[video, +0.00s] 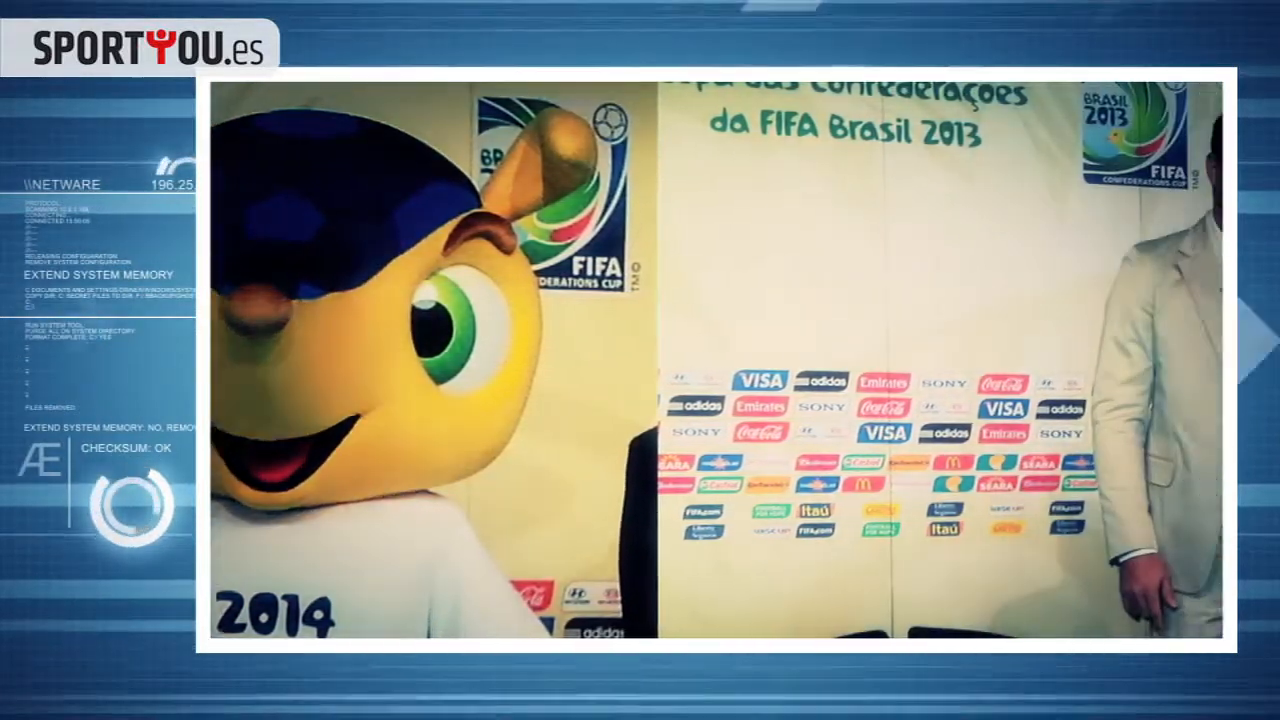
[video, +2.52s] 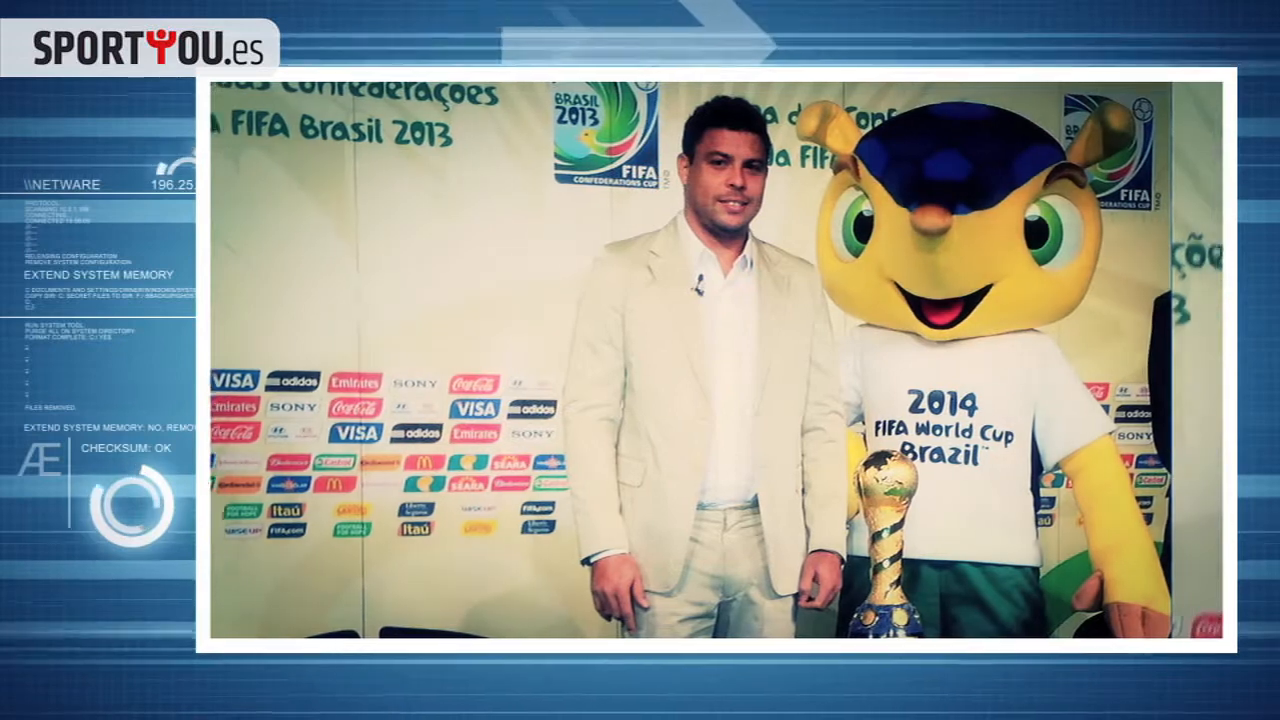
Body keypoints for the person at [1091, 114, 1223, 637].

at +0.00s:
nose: (1244, 174)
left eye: (1256, 160)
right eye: (1234, 159)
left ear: (1273, 168)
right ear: (1210, 168)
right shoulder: (1154, 270)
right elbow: (1117, 414)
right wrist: (1136, 549)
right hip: (1198, 578)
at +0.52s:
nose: (1157, 180)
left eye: (1172, 166)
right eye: (1139, 162)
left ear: (1187, 179)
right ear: (1104, 170)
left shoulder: (1222, 280)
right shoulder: (1042, 271)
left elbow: (1241, 421)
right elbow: (1008, 415)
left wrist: (1239, 552)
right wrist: (1024, 548)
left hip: (1193, 544)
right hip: (1086, 544)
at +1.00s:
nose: (1056, 180)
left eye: (1072, 166)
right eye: (1038, 162)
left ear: (1086, 178)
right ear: (1003, 169)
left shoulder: (1118, 282)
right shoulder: (941, 270)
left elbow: (1142, 422)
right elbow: (907, 414)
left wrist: (1145, 542)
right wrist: (924, 549)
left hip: (1091, 543)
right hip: (984, 546)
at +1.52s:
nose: (947, 180)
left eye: (963, 166)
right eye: (929, 162)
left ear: (976, 178)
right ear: (894, 170)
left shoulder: (1010, 283)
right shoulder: (832, 271)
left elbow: (1033, 423)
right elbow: (798, 414)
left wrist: (1036, 543)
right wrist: (815, 549)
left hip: (983, 544)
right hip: (874, 546)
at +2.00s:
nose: (846, 180)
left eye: (862, 166)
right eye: (828, 162)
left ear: (875, 178)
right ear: (793, 169)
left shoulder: (909, 282)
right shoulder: (731, 270)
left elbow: (932, 423)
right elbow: (697, 414)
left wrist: (935, 543)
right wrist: (714, 549)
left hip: (881, 543)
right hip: (773, 545)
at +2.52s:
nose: (738, 180)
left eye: (754, 166)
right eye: (719, 162)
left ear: (767, 177)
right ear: (684, 169)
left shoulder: (800, 283)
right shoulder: (621, 271)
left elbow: (823, 423)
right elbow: (589, 415)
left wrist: (826, 543)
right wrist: (606, 549)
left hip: (773, 542)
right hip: (665, 544)